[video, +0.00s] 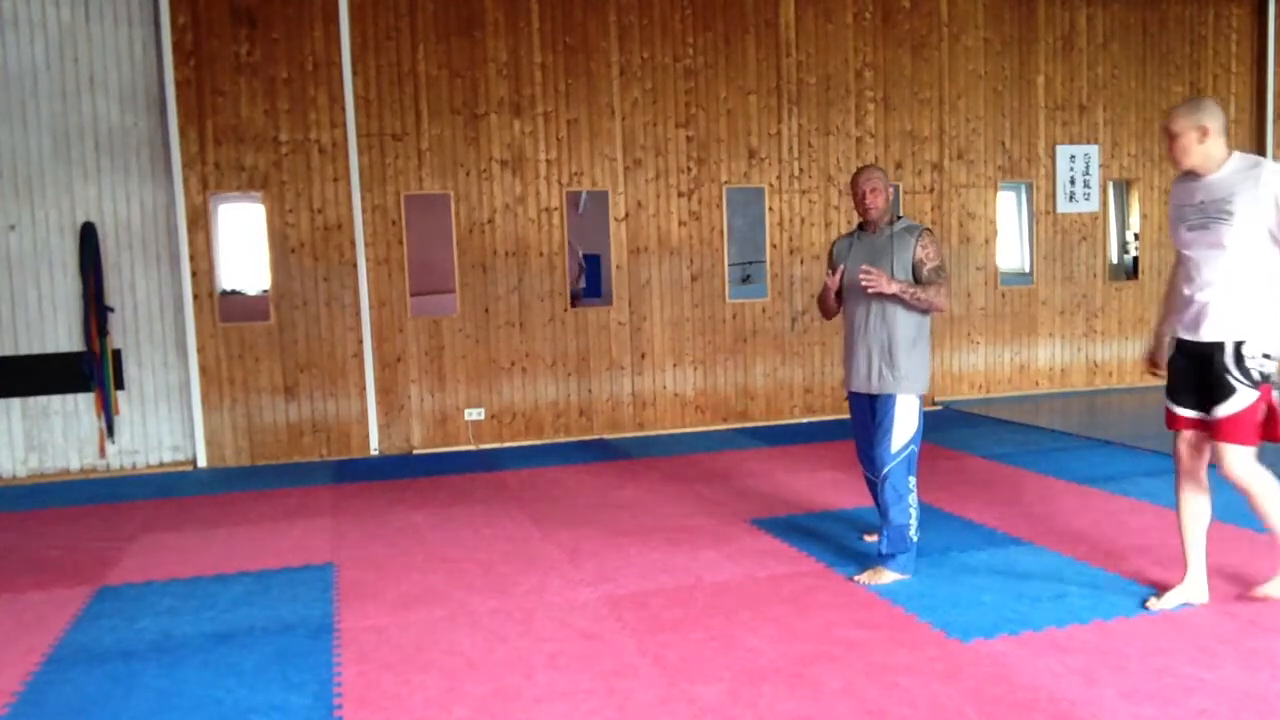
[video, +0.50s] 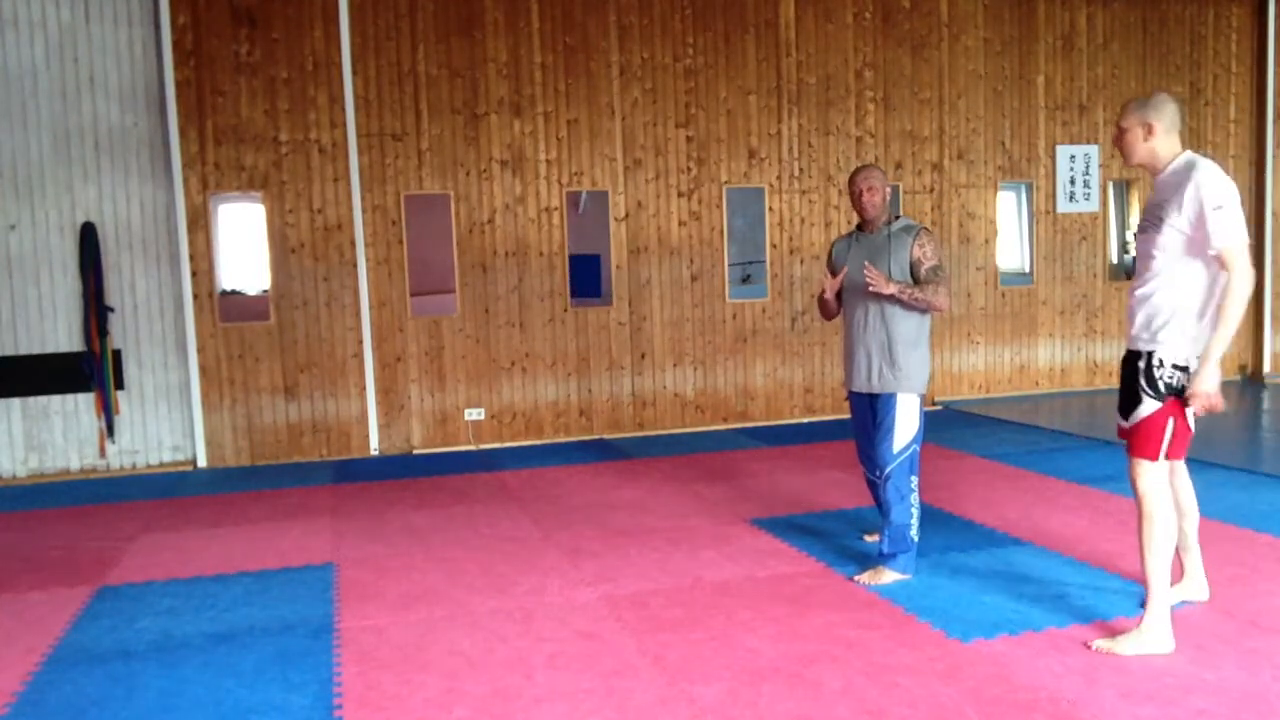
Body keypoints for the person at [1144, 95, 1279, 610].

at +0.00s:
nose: (1169, 148)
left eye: (1175, 138)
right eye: (1168, 139)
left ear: (1207, 135)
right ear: (1189, 138)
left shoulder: (1265, 178)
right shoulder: (1181, 191)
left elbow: (1278, 258)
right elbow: (1184, 268)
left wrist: (1276, 344)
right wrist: (1161, 335)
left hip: (1246, 342)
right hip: (1190, 341)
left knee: (1235, 460)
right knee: (1189, 456)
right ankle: (1195, 580)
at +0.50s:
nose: (1116, 144)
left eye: (1121, 132)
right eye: (1118, 133)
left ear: (1148, 131)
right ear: (1150, 131)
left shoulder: (1205, 180)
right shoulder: (1164, 185)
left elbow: (1242, 274)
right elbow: (1171, 273)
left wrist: (1210, 365)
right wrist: (1143, 346)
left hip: (1170, 353)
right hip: (1150, 348)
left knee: (1148, 474)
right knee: (1171, 465)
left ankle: (1155, 624)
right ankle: (1193, 575)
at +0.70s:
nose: (1105, 136)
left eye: (1108, 125)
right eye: (1106, 126)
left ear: (1131, 121)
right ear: (1143, 120)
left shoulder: (1183, 168)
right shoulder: (1157, 174)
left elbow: (1207, 267)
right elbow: (1161, 264)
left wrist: (1165, 356)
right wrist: (1139, 344)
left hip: (1172, 347)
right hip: (1145, 343)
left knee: (1163, 473)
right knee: (1134, 453)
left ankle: (1159, 625)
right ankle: (1185, 566)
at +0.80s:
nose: (1098, 133)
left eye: (1102, 121)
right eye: (1100, 122)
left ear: (1125, 120)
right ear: (1138, 118)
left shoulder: (1172, 167)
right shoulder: (1153, 172)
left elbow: (1197, 264)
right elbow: (1164, 264)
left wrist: (1152, 353)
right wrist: (1133, 344)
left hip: (1169, 346)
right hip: (1144, 342)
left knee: (1167, 473)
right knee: (1132, 457)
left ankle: (1160, 626)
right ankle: (1174, 581)